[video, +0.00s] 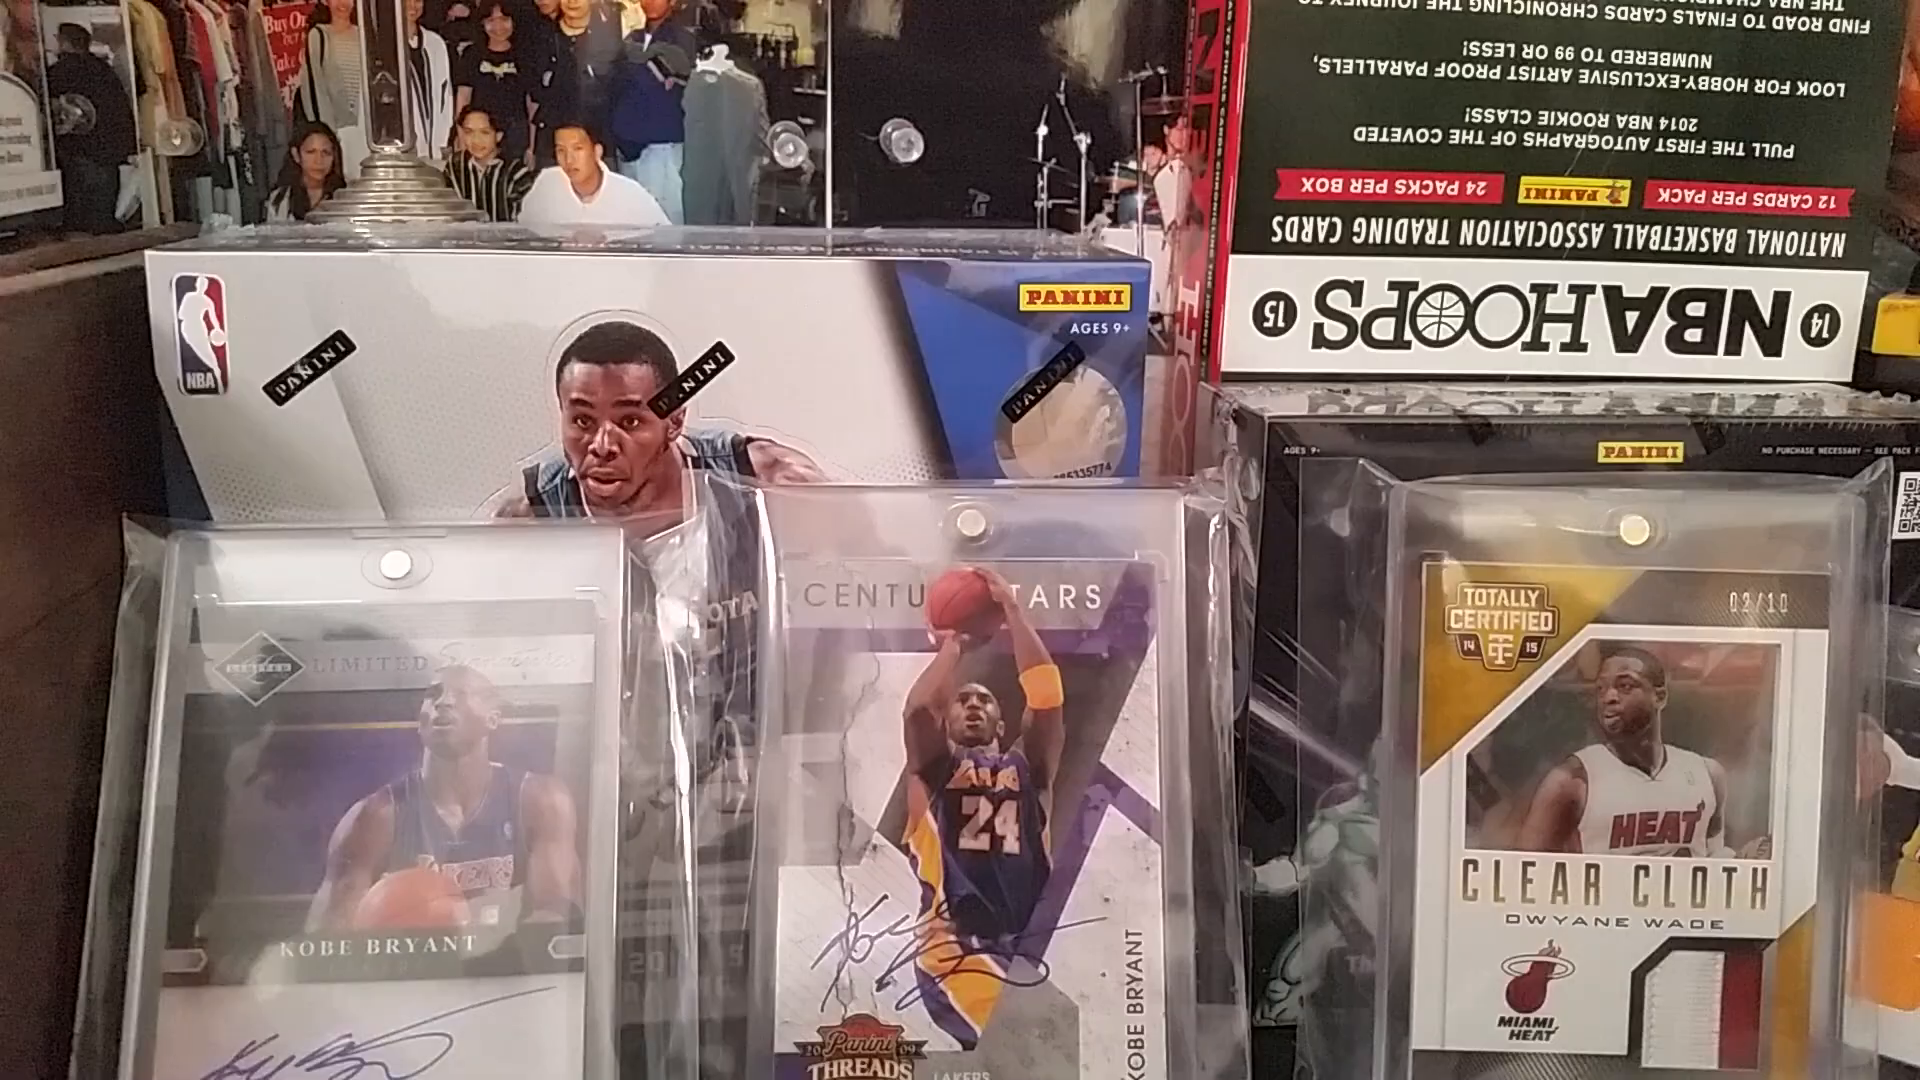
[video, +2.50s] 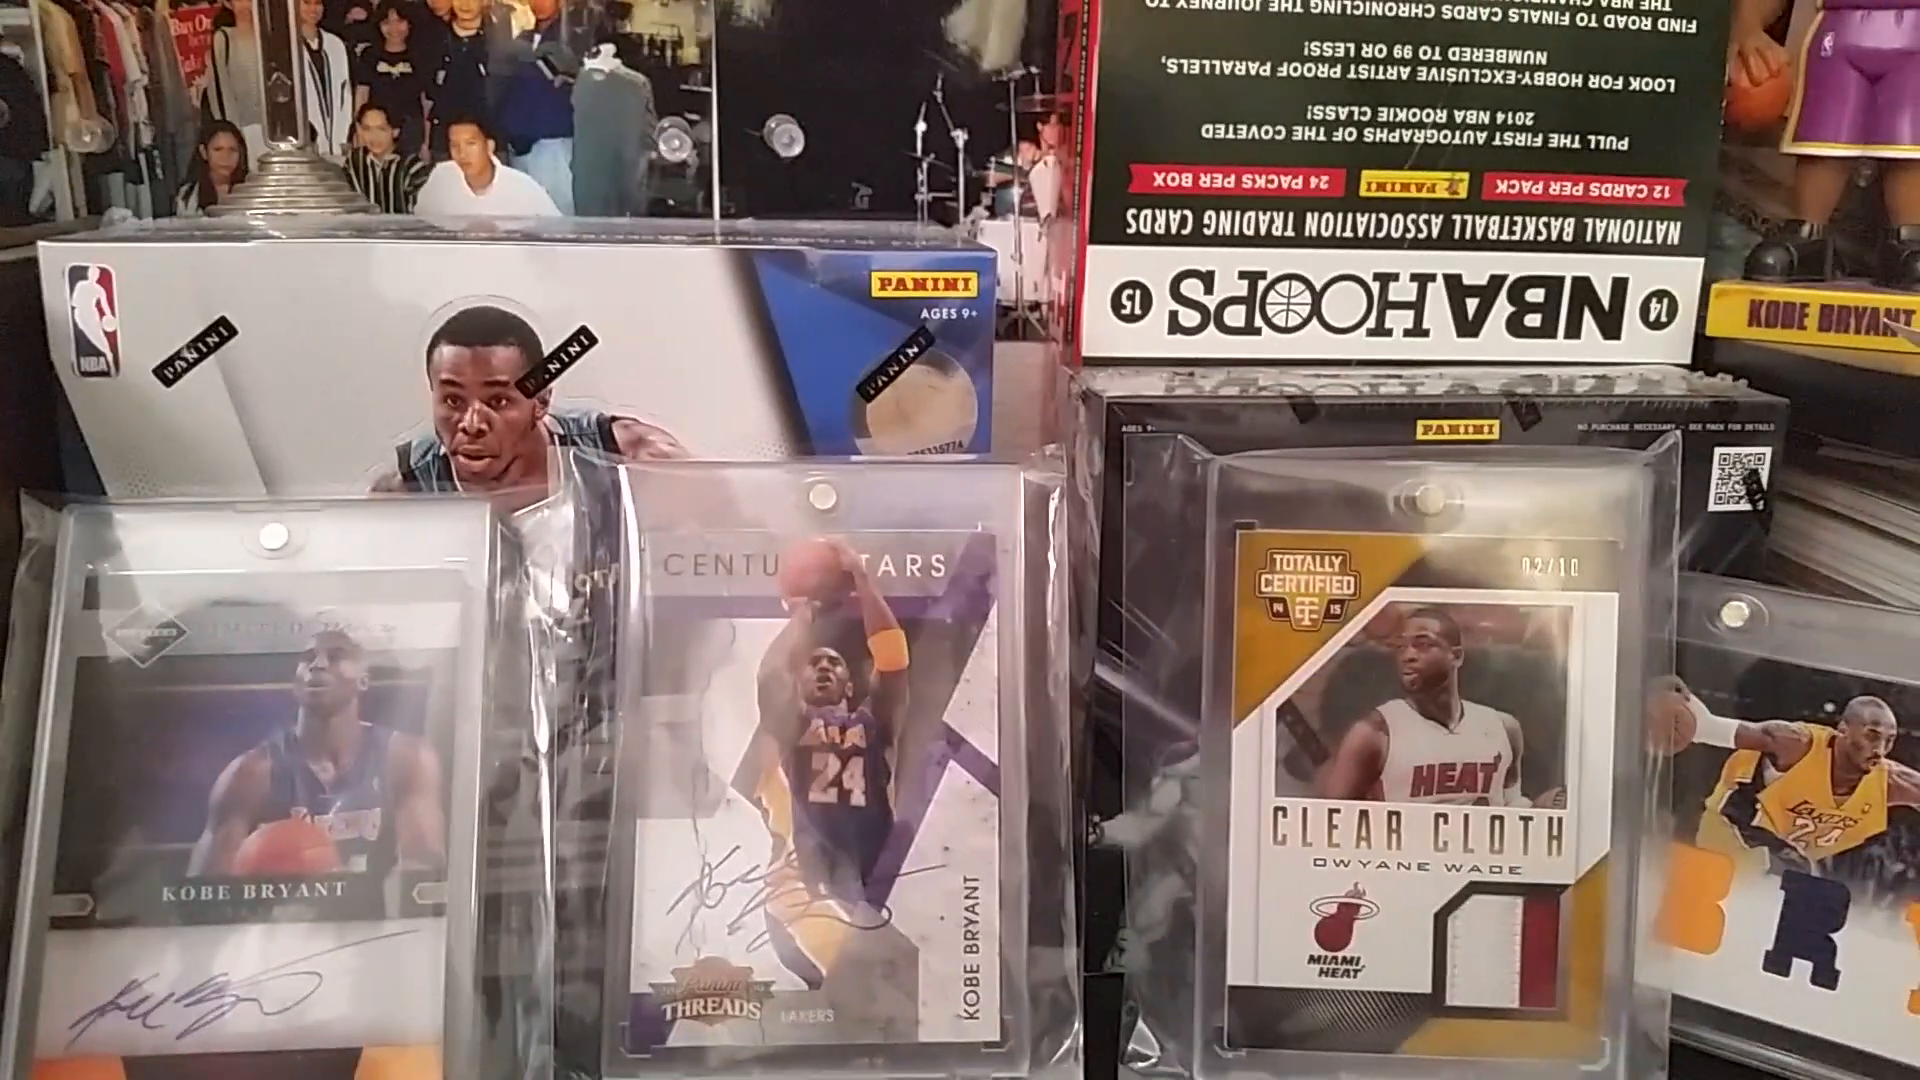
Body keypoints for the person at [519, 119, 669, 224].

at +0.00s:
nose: (569, 160)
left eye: (578, 149)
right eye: (561, 152)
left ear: (597, 152)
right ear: (555, 156)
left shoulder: (630, 193)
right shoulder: (547, 183)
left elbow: (668, 240)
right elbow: (521, 232)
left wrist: (609, 244)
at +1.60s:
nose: (586, 158)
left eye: (595, 148)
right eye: (579, 150)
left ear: (614, 150)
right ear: (573, 153)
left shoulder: (646, 191)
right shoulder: (564, 181)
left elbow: (685, 237)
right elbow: (540, 229)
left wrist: (625, 240)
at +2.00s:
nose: (573, 159)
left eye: (583, 149)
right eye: (567, 151)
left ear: (602, 153)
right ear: (561, 156)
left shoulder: (633, 193)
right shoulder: (553, 183)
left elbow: (669, 239)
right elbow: (528, 232)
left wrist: (614, 244)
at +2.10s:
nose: (538, 156)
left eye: (547, 147)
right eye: (534, 148)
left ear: (570, 150)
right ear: (529, 152)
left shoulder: (603, 189)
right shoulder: (519, 181)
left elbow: (634, 238)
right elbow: (495, 231)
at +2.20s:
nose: (506, 156)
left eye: (514, 147)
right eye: (500, 148)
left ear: (534, 148)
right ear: (494, 152)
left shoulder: (565, 189)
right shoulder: (484, 180)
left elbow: (601, 234)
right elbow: (460, 227)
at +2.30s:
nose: (475, 154)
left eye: (483, 145)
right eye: (468, 146)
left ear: (503, 148)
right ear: (463, 149)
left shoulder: (535, 186)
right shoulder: (454, 178)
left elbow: (572, 233)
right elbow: (430, 226)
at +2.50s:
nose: (462, 154)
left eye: (471, 144)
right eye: (455, 146)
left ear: (490, 147)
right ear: (449, 150)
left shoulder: (522, 186)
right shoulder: (442, 177)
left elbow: (559, 233)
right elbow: (418, 226)